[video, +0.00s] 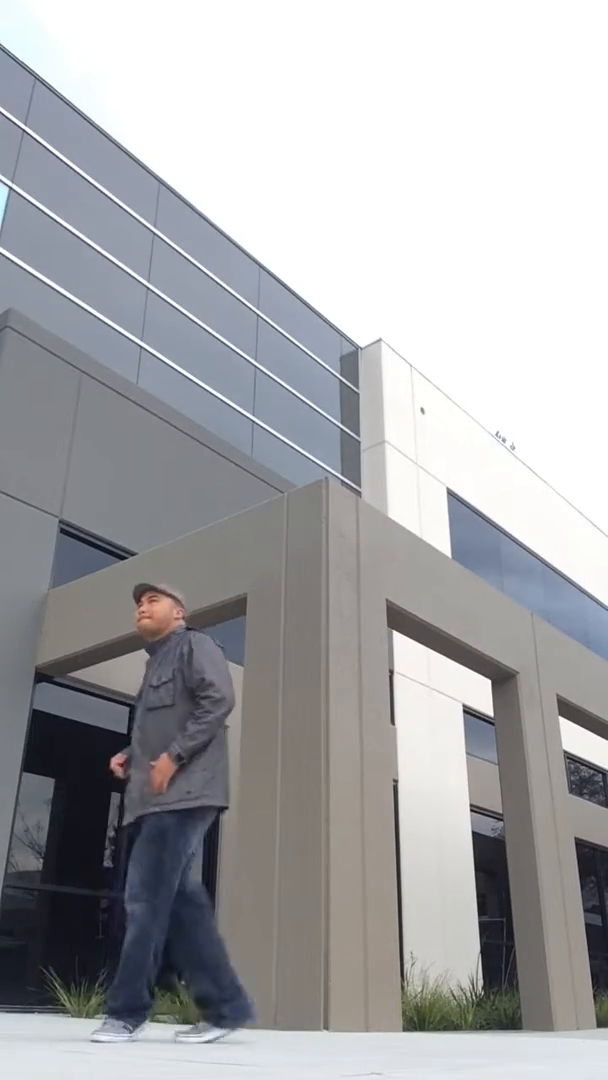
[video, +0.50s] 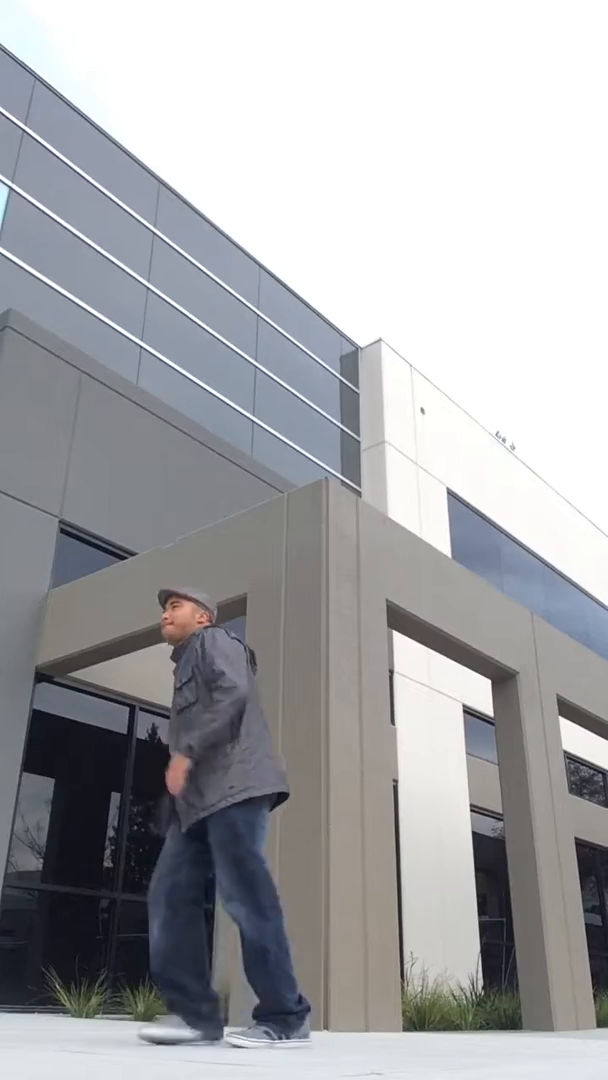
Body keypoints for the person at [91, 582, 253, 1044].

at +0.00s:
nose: (142, 609)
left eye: (152, 601)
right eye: (138, 604)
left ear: (179, 611)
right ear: (139, 619)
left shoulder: (195, 644)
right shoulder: (155, 665)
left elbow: (219, 701)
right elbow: (159, 729)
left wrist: (174, 754)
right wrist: (131, 754)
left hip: (184, 794)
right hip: (156, 797)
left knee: (146, 898)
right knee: (182, 901)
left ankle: (126, 1013)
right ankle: (229, 1009)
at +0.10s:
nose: (150, 619)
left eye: (159, 611)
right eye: (146, 615)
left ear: (187, 619)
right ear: (151, 629)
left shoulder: (204, 652)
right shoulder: (167, 672)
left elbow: (228, 709)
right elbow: (168, 742)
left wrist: (184, 763)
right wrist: (144, 775)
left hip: (196, 795)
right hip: (185, 796)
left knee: (145, 882)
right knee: (198, 900)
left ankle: (164, 1000)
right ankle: (235, 1021)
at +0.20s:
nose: (158, 617)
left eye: (168, 609)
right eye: (155, 612)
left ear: (194, 617)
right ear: (155, 626)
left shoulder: (211, 650)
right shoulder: (178, 669)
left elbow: (232, 706)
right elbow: (185, 733)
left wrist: (180, 755)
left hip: (206, 791)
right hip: (192, 794)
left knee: (171, 881)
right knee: (200, 892)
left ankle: (226, 994)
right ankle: (235, 1020)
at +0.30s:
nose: (163, 609)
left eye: (172, 601)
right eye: (160, 605)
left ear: (200, 610)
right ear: (167, 618)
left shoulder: (213, 636)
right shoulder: (183, 658)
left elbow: (231, 687)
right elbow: (184, 714)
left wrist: (177, 735)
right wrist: (169, 739)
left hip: (217, 786)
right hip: (192, 792)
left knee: (207, 888)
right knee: (180, 893)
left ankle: (270, 999)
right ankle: (224, 1014)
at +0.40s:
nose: (166, 610)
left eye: (176, 602)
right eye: (164, 605)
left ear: (204, 611)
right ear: (170, 619)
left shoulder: (215, 633)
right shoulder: (187, 660)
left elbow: (231, 682)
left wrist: (176, 729)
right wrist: (173, 738)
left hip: (227, 784)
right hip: (198, 792)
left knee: (243, 892)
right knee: (167, 880)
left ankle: (281, 1011)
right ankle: (213, 999)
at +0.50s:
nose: (165, 614)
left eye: (176, 606)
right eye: (163, 609)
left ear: (204, 616)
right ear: (168, 624)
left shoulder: (214, 639)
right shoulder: (186, 667)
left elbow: (232, 692)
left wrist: (186, 751)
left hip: (235, 784)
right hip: (200, 794)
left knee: (246, 895)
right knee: (170, 894)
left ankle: (285, 1018)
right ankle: (196, 1016)